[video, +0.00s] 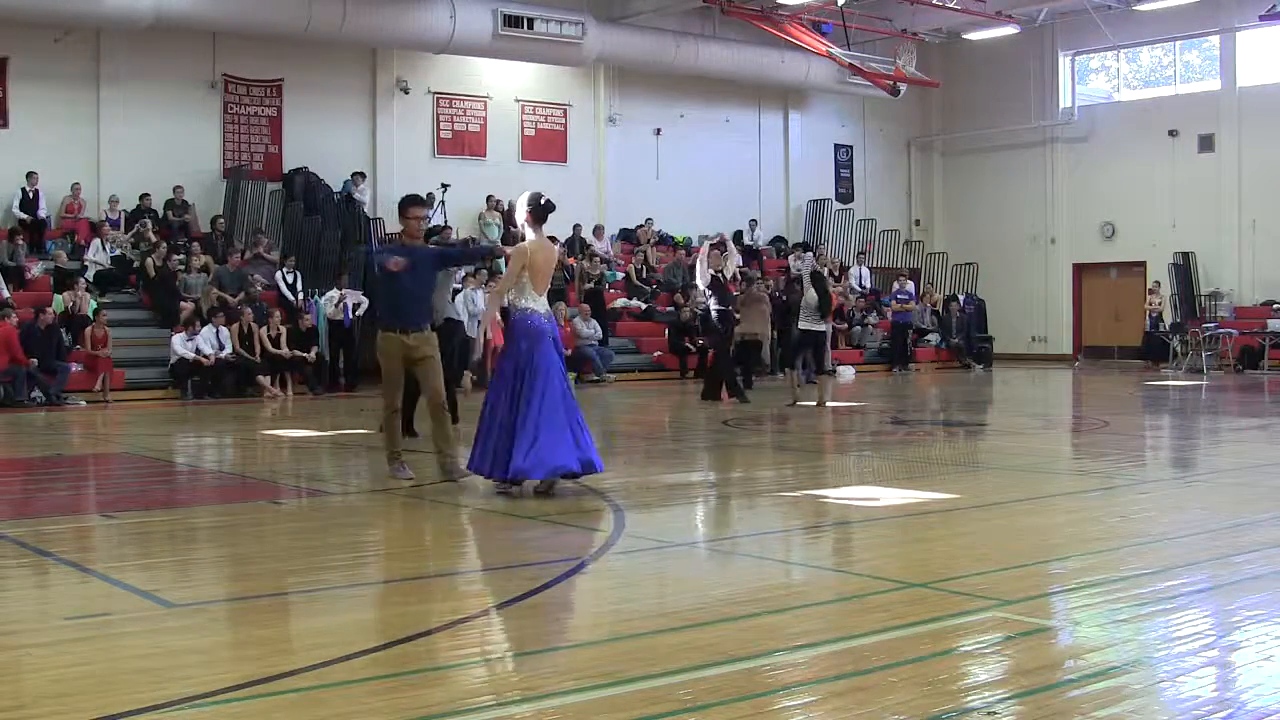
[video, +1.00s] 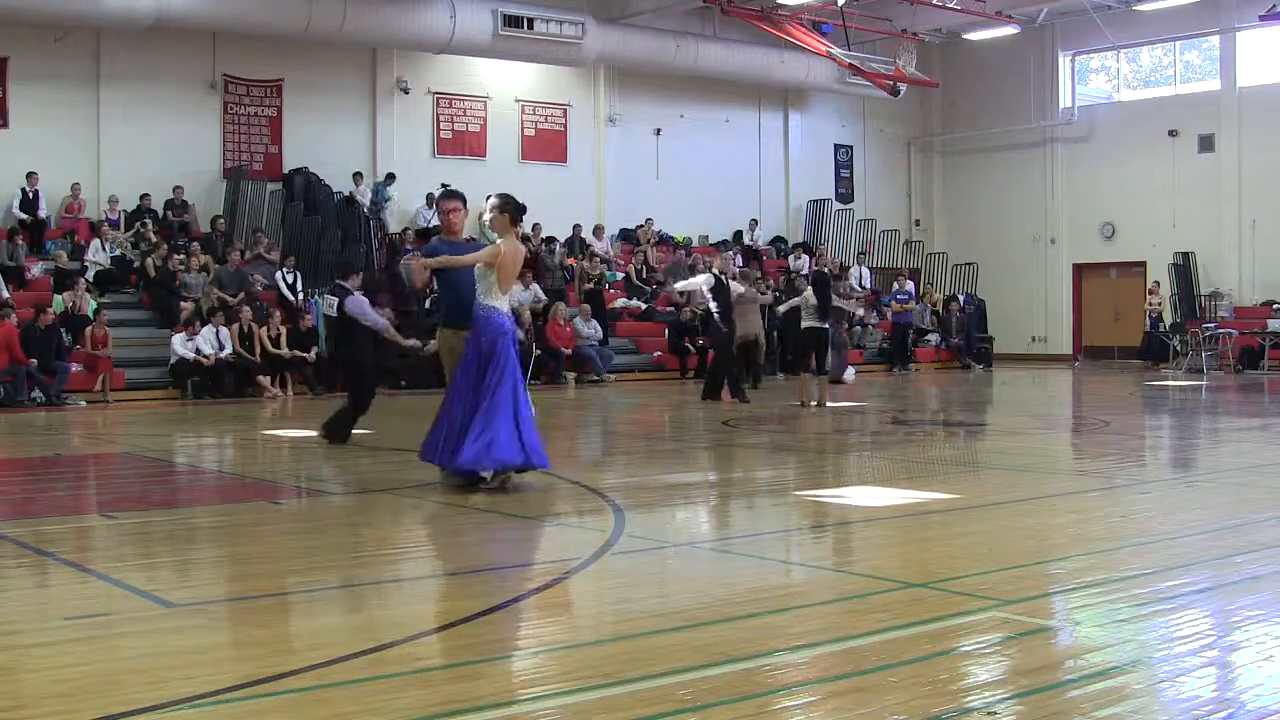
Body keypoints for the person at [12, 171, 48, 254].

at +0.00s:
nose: (36, 181)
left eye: (37, 178)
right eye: (34, 178)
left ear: (38, 180)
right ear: (28, 179)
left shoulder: (39, 193)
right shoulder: (20, 192)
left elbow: (42, 208)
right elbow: (15, 209)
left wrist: (41, 216)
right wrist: (25, 217)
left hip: (36, 217)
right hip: (25, 217)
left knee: (42, 223)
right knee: (33, 226)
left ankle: (40, 248)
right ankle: (32, 248)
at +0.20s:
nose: (36, 181)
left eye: (37, 178)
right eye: (34, 178)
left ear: (38, 180)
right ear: (28, 179)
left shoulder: (39, 192)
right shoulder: (20, 192)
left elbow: (42, 208)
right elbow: (15, 209)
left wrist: (42, 216)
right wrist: (25, 217)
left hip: (36, 217)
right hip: (24, 217)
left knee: (43, 224)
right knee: (33, 227)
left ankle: (40, 247)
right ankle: (32, 248)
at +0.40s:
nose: (36, 181)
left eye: (37, 179)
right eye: (34, 178)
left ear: (38, 180)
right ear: (28, 179)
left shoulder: (39, 193)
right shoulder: (20, 192)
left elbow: (42, 208)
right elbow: (15, 209)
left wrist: (41, 216)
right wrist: (25, 217)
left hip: (36, 217)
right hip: (25, 217)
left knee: (43, 224)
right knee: (34, 226)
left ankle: (40, 248)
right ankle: (33, 248)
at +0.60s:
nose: (36, 181)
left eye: (37, 179)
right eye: (34, 178)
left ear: (38, 180)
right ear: (28, 179)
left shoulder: (39, 193)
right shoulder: (20, 192)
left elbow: (42, 208)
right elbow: (15, 209)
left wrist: (42, 216)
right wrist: (25, 217)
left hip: (36, 217)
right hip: (24, 217)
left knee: (43, 223)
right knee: (33, 226)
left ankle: (39, 248)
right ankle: (32, 249)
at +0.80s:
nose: (37, 181)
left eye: (37, 179)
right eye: (34, 179)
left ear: (38, 180)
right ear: (28, 180)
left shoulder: (39, 193)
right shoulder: (20, 192)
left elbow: (42, 208)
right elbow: (14, 209)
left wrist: (41, 215)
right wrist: (25, 217)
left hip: (36, 216)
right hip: (24, 217)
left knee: (42, 224)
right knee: (34, 227)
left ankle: (39, 248)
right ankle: (32, 248)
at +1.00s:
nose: (37, 181)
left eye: (37, 179)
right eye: (34, 179)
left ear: (38, 180)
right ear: (28, 180)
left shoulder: (39, 193)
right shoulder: (20, 192)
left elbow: (42, 208)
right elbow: (14, 209)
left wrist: (41, 215)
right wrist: (25, 217)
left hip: (36, 216)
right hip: (24, 217)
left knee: (42, 224)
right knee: (34, 227)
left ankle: (39, 248)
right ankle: (32, 248)